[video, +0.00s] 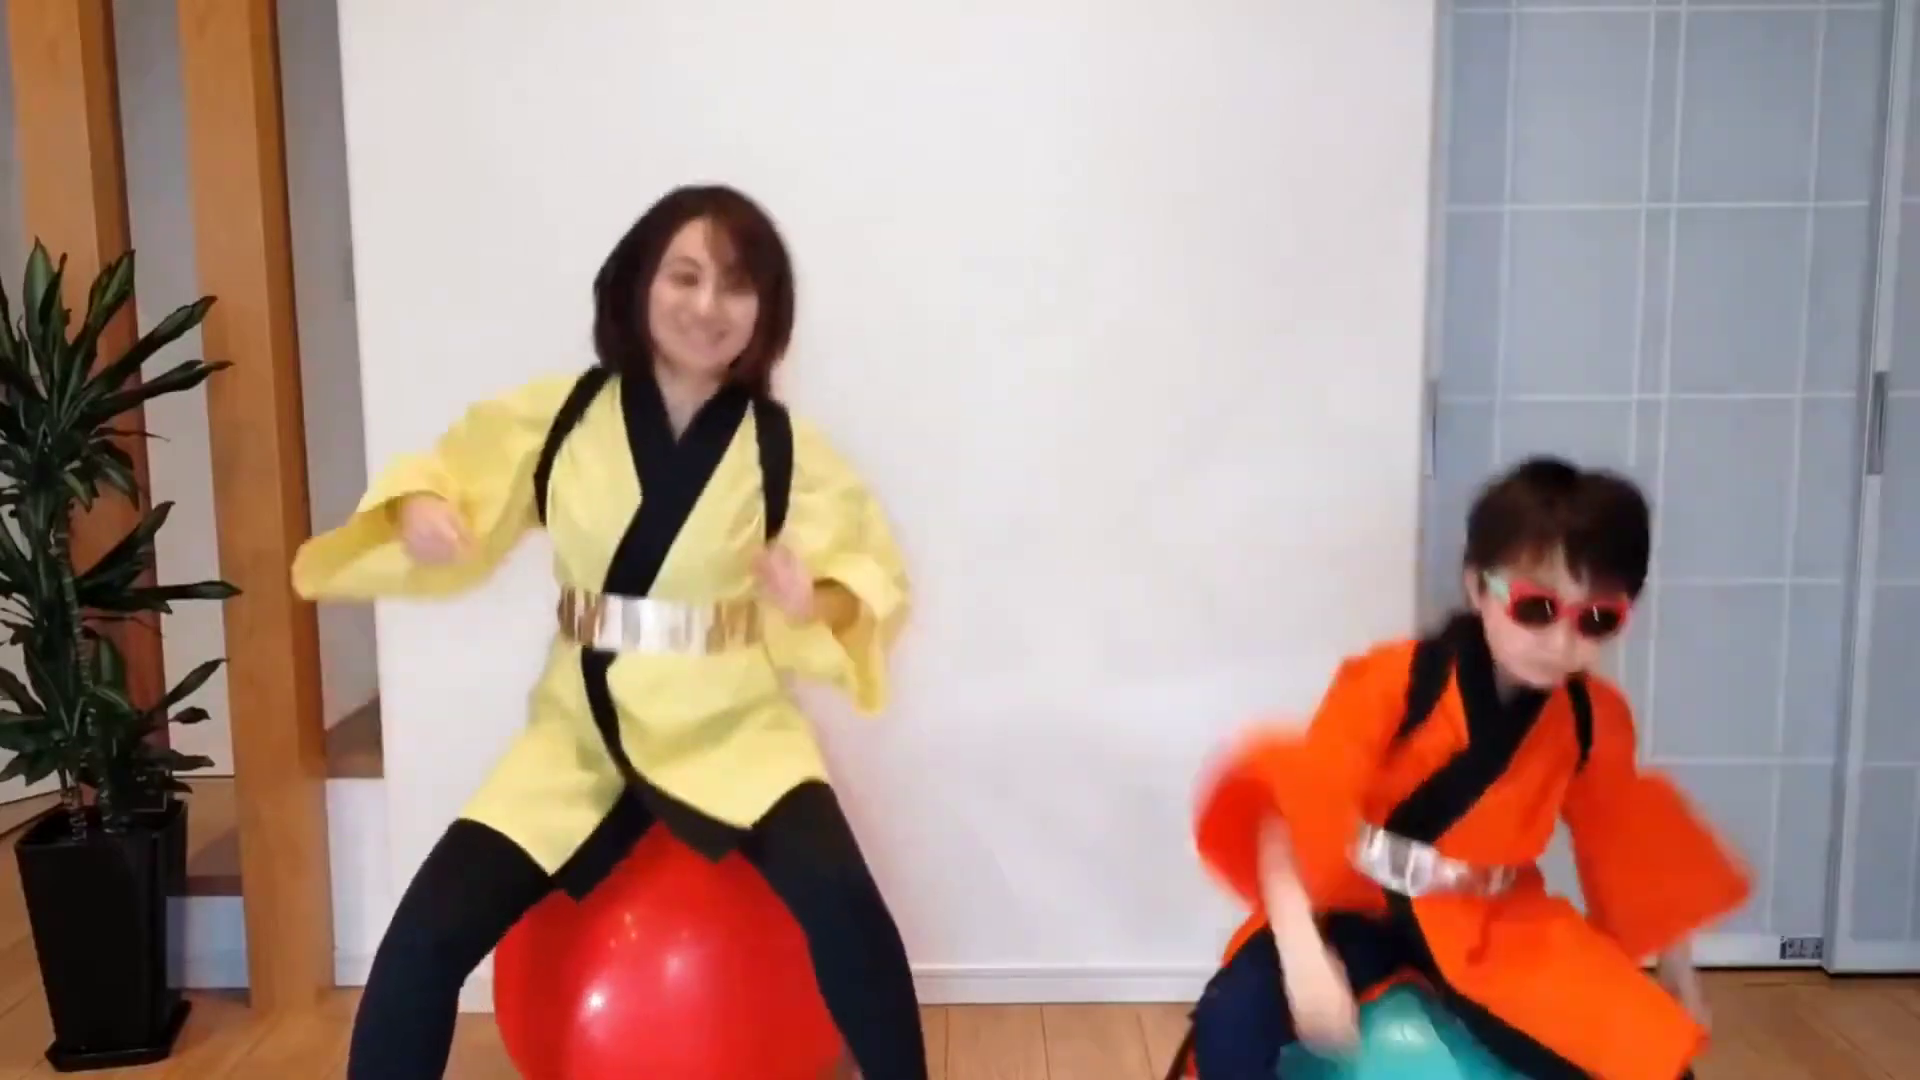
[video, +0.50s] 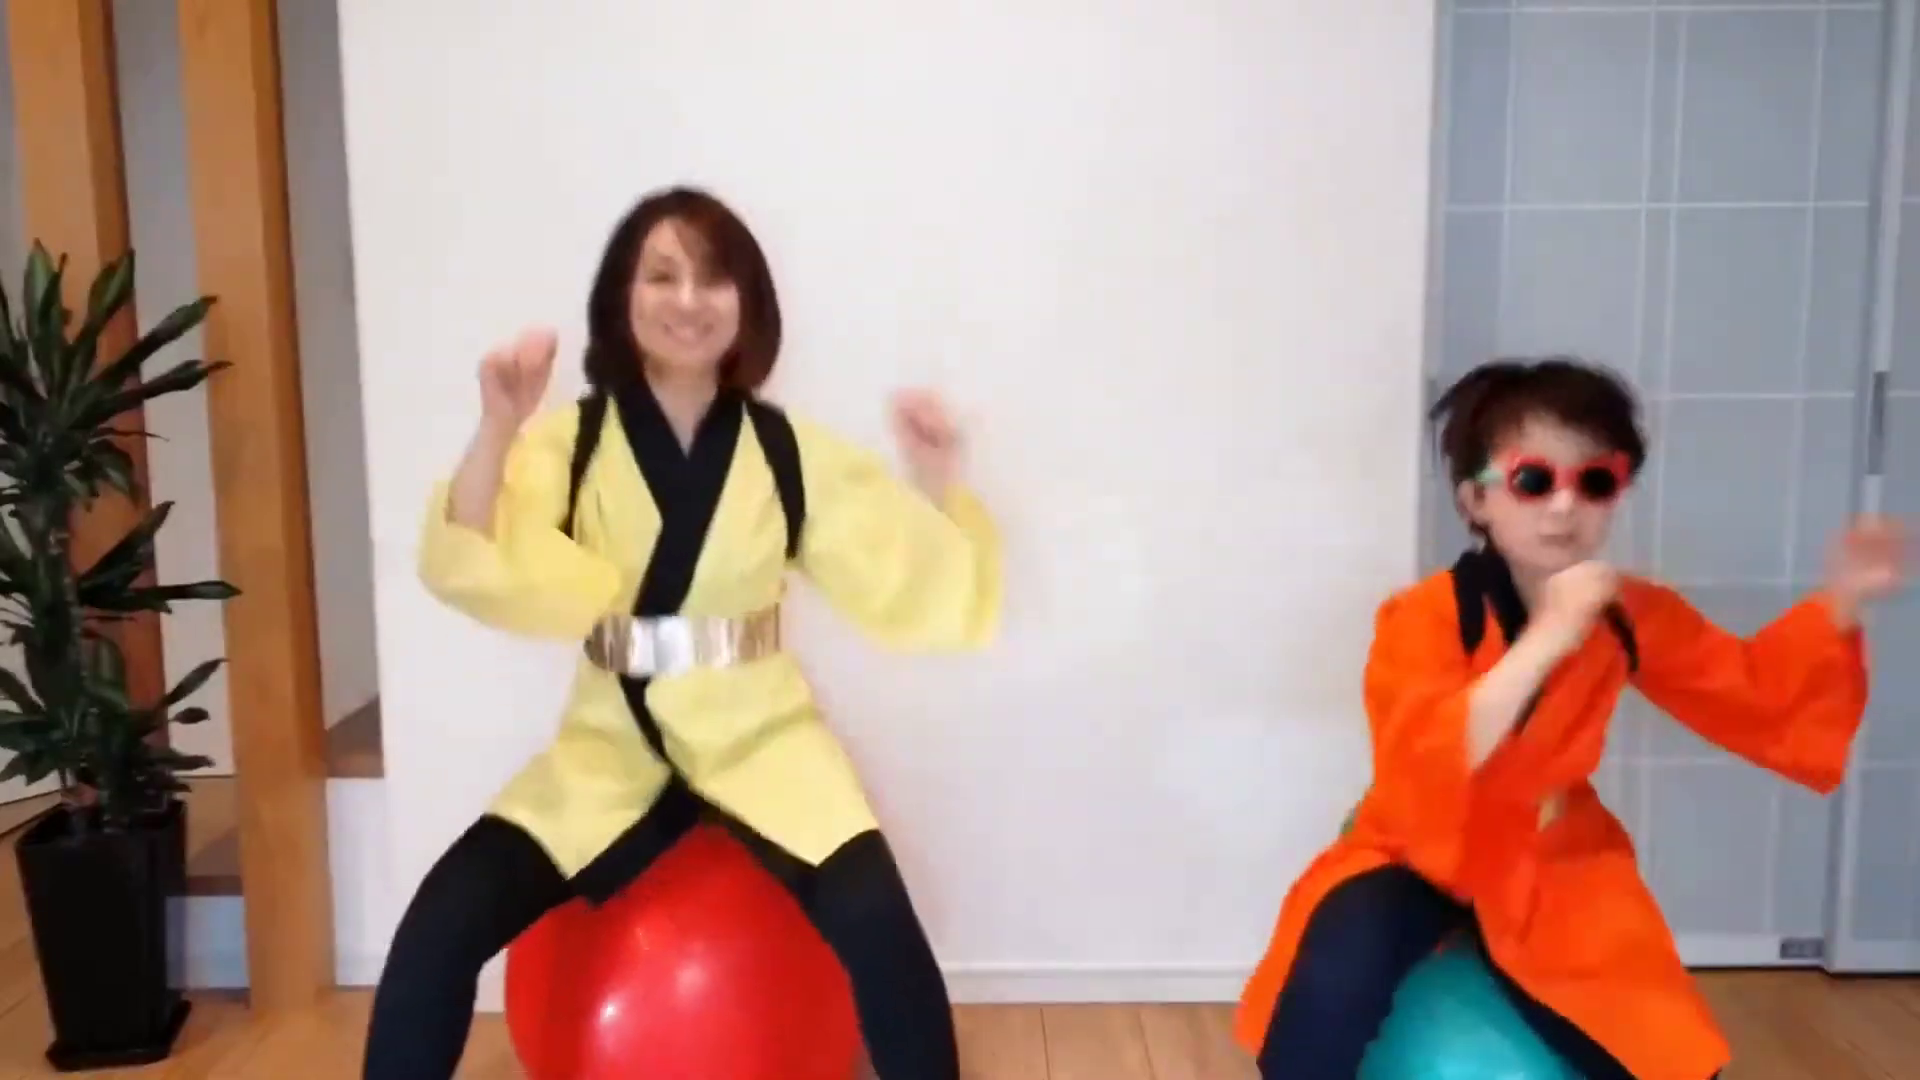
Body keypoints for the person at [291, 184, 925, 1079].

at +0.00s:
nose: (708, 306)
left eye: (736, 285)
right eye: (684, 277)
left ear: (766, 312)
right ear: (639, 289)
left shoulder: (783, 446)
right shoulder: (564, 411)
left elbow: (870, 580)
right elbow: (441, 474)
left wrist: (812, 600)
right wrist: (421, 507)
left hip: (734, 732)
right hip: (581, 736)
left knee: (846, 907)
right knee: (425, 937)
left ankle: (900, 1074)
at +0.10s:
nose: (730, 312)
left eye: (760, 292)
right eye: (707, 282)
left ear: (793, 319)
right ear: (662, 294)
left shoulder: (801, 462)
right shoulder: (578, 411)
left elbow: (833, 601)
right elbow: (471, 501)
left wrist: (832, 674)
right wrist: (476, 580)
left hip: (733, 733)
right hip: (577, 735)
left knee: (849, 882)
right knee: (408, 933)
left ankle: (917, 1072)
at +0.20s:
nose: (737, 367)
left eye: (766, 348)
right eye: (716, 339)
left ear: (799, 375)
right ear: (675, 356)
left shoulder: (805, 531)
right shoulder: (588, 484)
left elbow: (824, 694)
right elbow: (491, 623)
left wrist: (875, 827)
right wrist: (498, 747)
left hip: (735, 787)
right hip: (577, 782)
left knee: (857, 935)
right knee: (394, 940)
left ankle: (915, 1073)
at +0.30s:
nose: (720, 419)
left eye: (748, 400)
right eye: (695, 397)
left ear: (780, 428)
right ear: (657, 417)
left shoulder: (797, 588)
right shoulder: (588, 547)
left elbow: (867, 728)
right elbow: (509, 666)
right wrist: (493, 742)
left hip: (734, 846)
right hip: (578, 842)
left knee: (854, 921)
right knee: (401, 940)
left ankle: (910, 1077)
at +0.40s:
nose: (701, 376)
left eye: (728, 355)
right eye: (676, 354)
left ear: (763, 382)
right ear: (641, 376)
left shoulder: (789, 533)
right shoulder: (583, 507)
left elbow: (911, 655)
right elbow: (508, 640)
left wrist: (1023, 627)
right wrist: (497, 544)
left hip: (750, 822)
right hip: (598, 824)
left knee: (866, 918)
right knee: (421, 941)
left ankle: (918, 1070)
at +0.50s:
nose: (686, 300)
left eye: (713, 279)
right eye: (660, 276)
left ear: (747, 303)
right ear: (622, 298)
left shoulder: (785, 447)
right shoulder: (570, 437)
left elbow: (923, 597)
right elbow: (464, 571)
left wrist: (936, 481)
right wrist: (496, 431)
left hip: (766, 747)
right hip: (611, 752)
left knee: (882, 929)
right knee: (440, 924)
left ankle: (922, 1071)